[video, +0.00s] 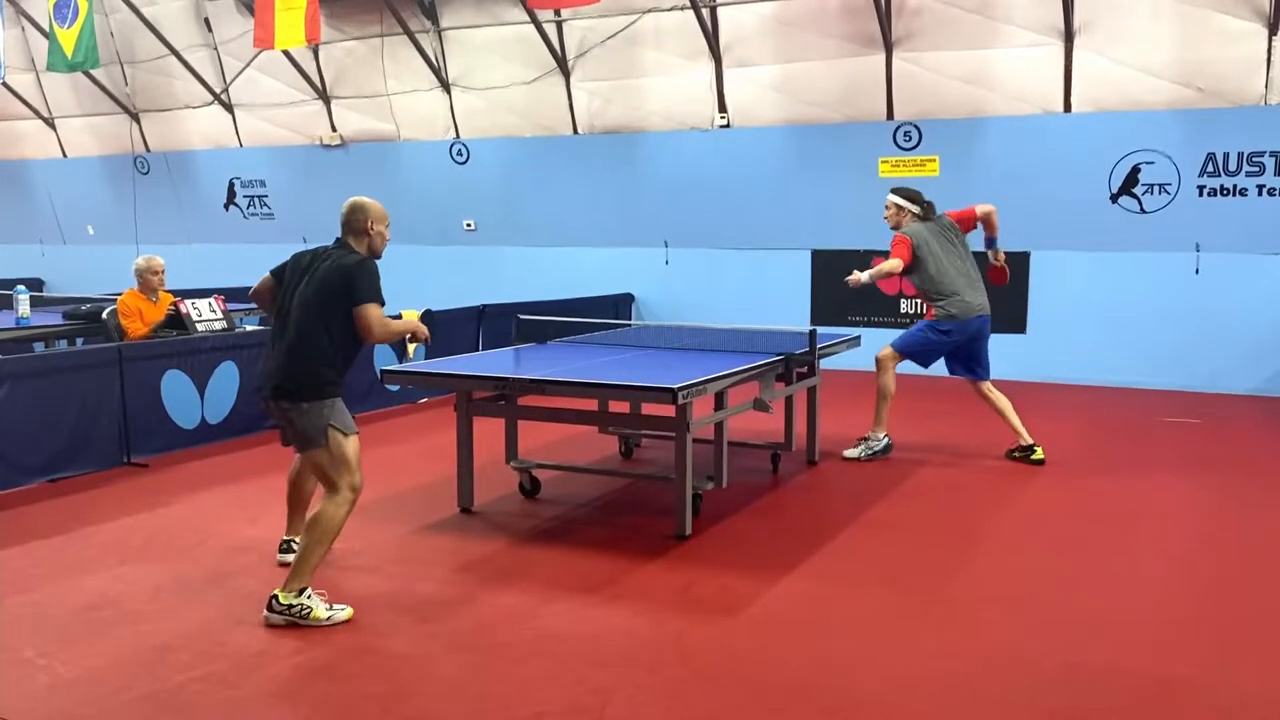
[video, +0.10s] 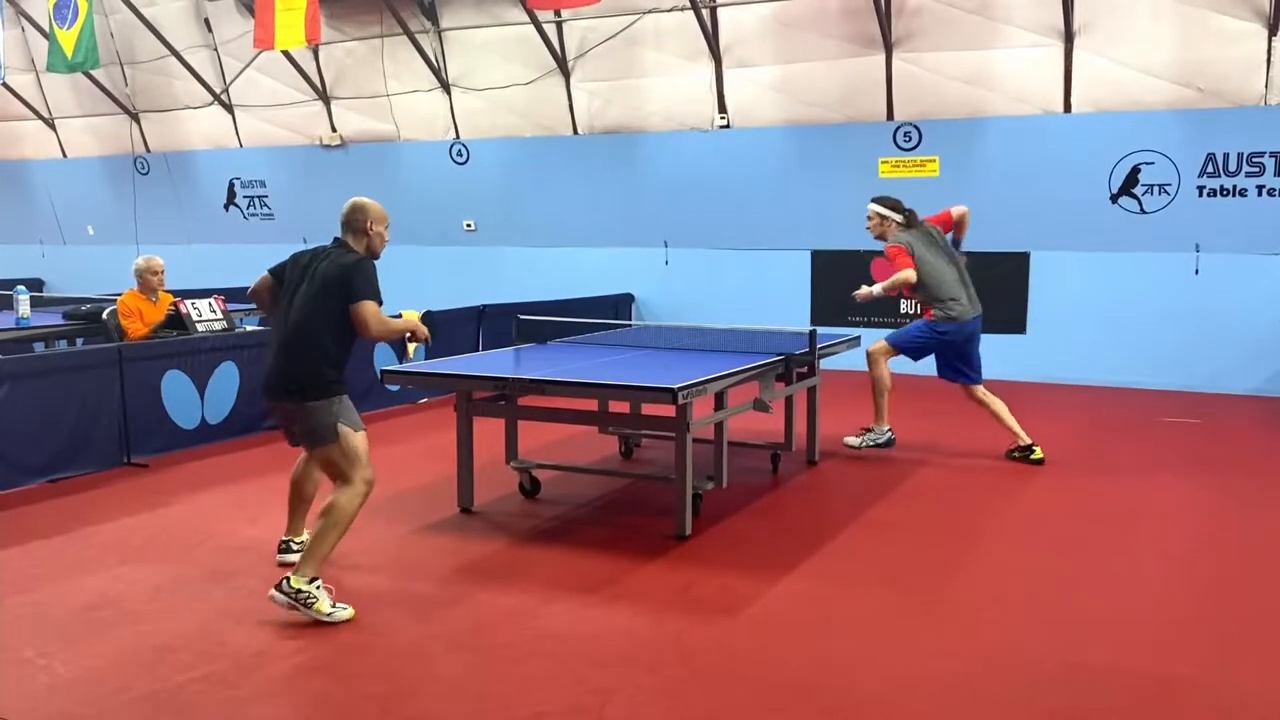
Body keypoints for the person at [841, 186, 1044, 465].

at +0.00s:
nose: (885, 213)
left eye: (889, 208)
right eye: (886, 208)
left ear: (906, 211)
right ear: (914, 212)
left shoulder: (905, 235)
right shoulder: (947, 221)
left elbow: (895, 266)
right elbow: (988, 211)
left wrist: (864, 276)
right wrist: (994, 249)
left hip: (951, 317)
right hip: (979, 314)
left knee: (886, 358)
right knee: (983, 384)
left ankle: (877, 437)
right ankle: (1027, 443)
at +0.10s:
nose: (867, 224)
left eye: (871, 219)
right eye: (868, 219)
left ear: (888, 221)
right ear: (895, 220)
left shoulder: (895, 244)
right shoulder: (928, 227)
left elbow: (908, 276)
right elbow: (961, 211)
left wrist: (876, 290)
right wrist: (955, 251)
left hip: (947, 319)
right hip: (971, 317)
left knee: (877, 353)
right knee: (975, 389)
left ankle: (881, 430)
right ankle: (1026, 443)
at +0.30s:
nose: (845, 252)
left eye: (851, 244)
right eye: (842, 245)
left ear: (864, 244)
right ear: (839, 247)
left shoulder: (880, 273)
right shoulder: (856, 279)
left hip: (924, 324)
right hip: (931, 325)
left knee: (869, 364)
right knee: (939, 401)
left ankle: (873, 439)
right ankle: (1008, 423)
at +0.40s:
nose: (828, 250)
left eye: (833, 244)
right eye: (825, 245)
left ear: (849, 246)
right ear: (825, 248)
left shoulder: (875, 272)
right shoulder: (838, 278)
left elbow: (917, 293)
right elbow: (833, 301)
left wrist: (898, 327)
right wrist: (808, 308)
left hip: (916, 328)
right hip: (898, 332)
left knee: (872, 367)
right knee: (901, 402)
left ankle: (873, 442)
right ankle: (968, 405)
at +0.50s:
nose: (824, 244)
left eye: (830, 238)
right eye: (821, 239)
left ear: (845, 240)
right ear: (820, 242)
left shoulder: (871, 269)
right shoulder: (829, 272)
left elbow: (909, 294)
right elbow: (829, 299)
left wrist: (897, 329)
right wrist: (804, 311)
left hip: (900, 327)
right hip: (873, 332)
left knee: (870, 363)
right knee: (854, 391)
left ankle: (873, 441)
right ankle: (916, 399)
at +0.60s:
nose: (822, 235)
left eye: (828, 229)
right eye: (819, 230)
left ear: (843, 232)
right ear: (817, 234)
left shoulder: (866, 262)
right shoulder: (821, 267)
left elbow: (904, 285)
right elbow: (818, 299)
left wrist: (903, 321)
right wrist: (794, 311)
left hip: (883, 327)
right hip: (855, 331)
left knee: (862, 361)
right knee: (823, 374)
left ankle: (872, 439)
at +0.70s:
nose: (819, 225)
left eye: (825, 220)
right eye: (816, 221)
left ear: (839, 222)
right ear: (813, 225)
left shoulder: (862, 251)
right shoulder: (814, 259)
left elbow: (895, 271)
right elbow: (803, 293)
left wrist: (900, 303)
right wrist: (787, 307)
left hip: (872, 320)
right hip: (841, 323)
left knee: (865, 366)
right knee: (807, 360)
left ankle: (871, 436)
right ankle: (816, 410)